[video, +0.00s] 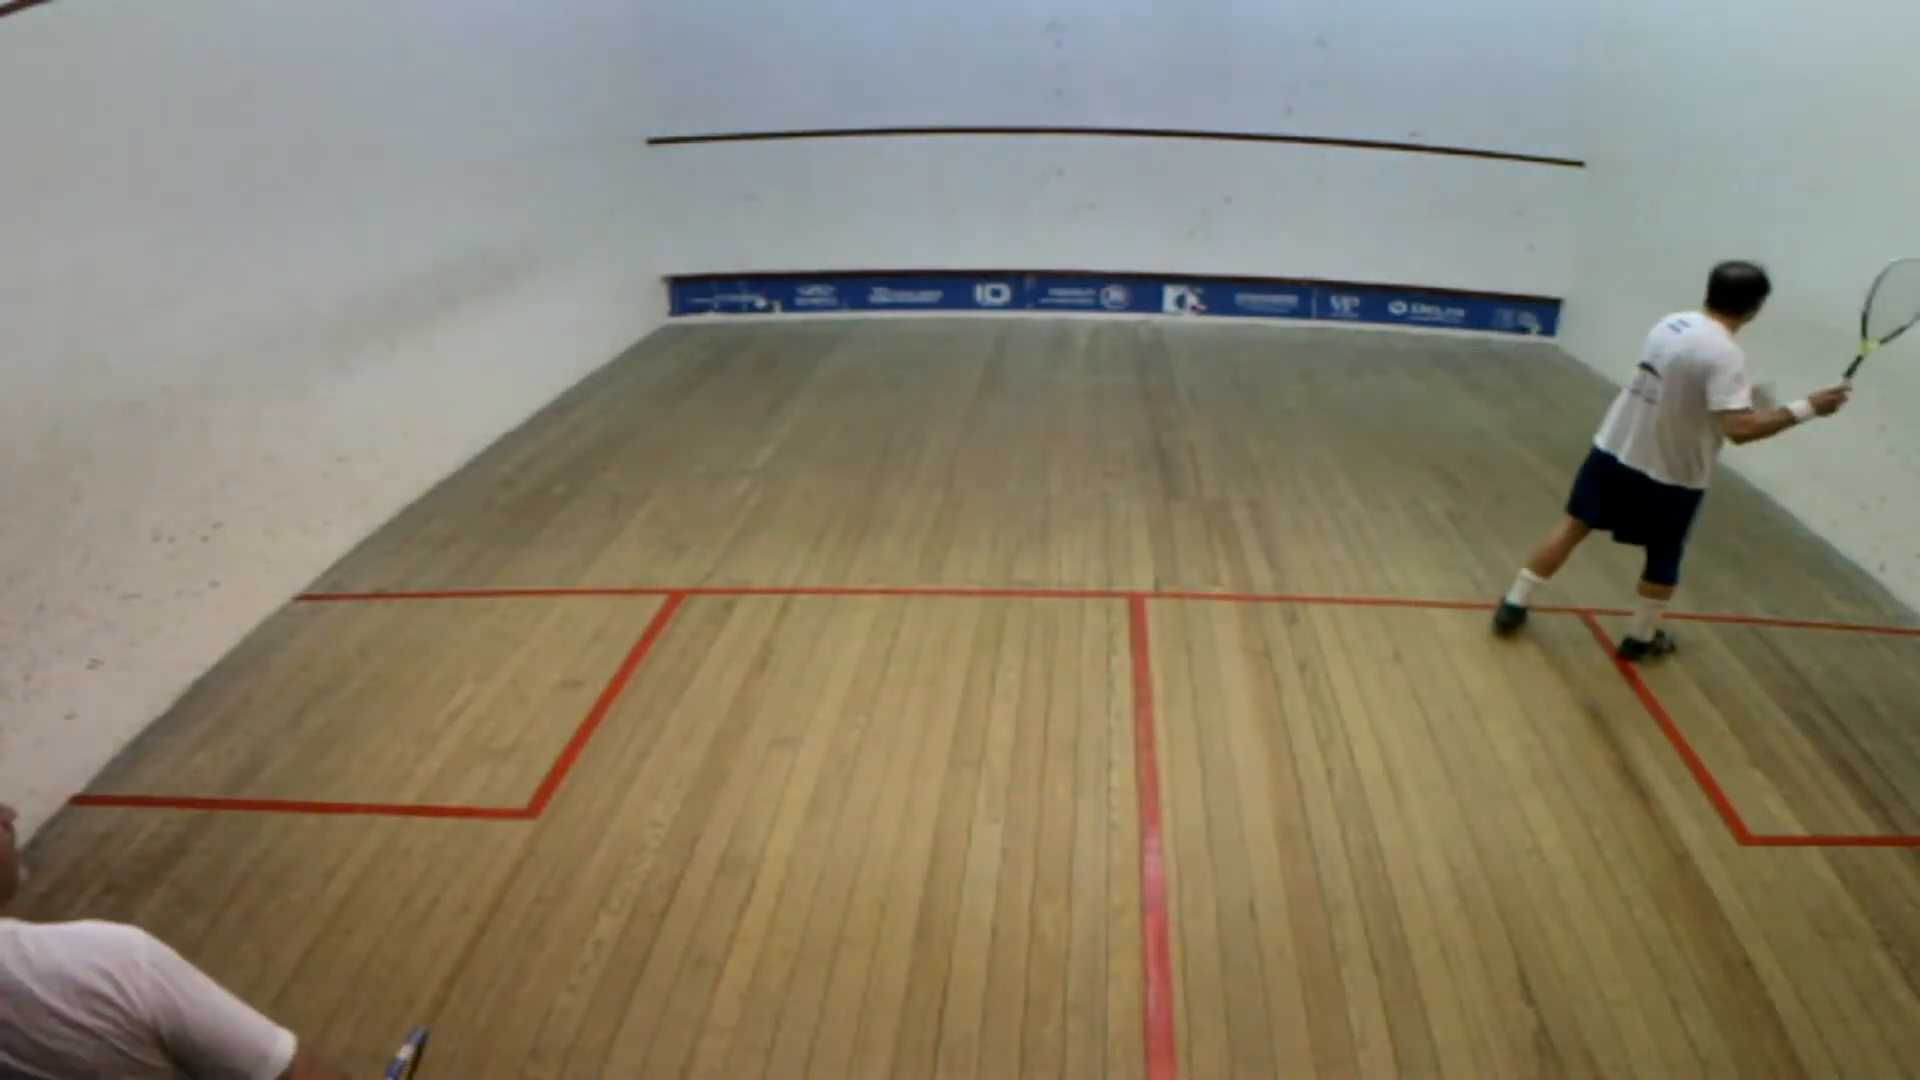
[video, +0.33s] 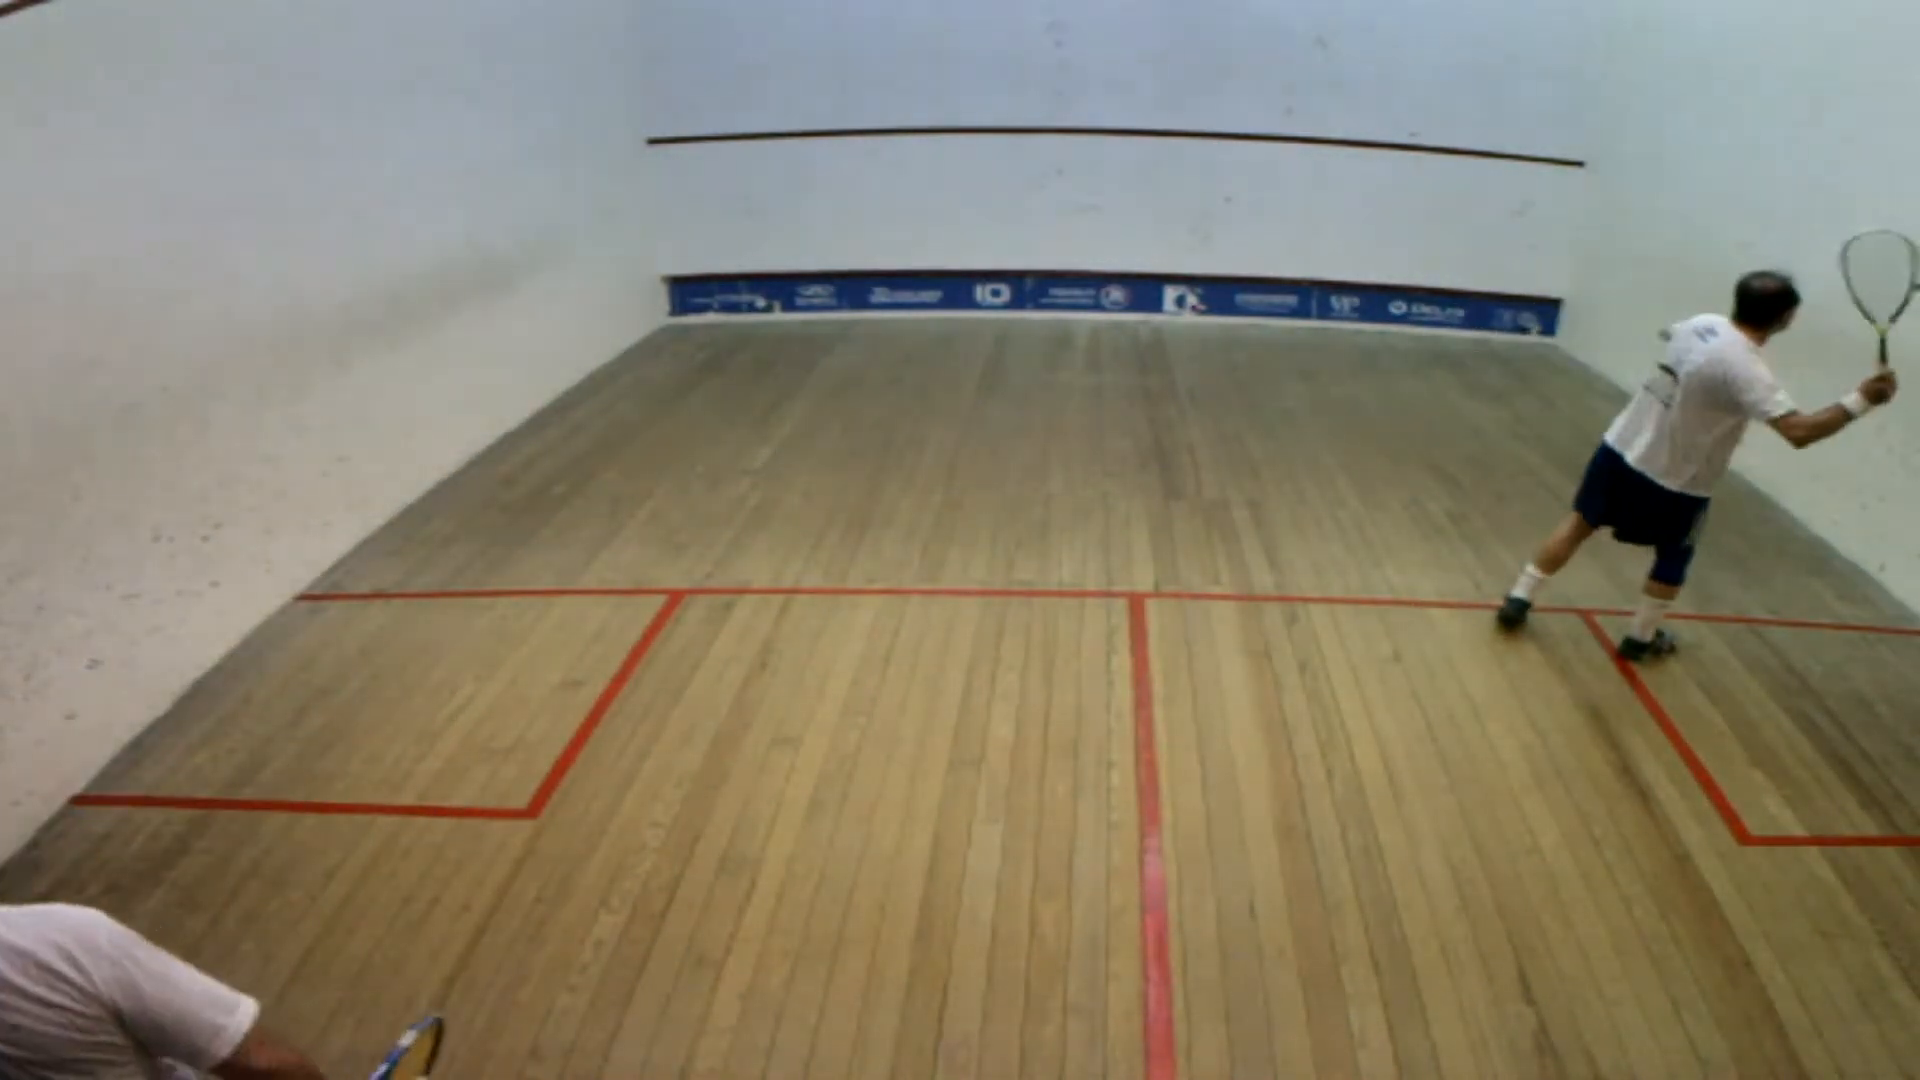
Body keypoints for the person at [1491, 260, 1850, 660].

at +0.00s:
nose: (1759, 311)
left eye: (1758, 303)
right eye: (1760, 304)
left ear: (1712, 292)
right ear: (1751, 309)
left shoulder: (1672, 324)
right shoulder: (1725, 356)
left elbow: (1672, 391)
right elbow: (1739, 428)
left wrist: (1739, 398)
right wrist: (1807, 408)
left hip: (1614, 450)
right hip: (1672, 477)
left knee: (1572, 526)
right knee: (1663, 558)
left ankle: (1512, 603)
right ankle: (1640, 636)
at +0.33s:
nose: (1791, 323)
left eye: (1789, 313)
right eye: (1791, 316)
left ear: (1741, 300)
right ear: (1780, 320)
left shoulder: (1700, 324)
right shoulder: (1746, 369)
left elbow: (1668, 343)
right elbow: (1798, 432)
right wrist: (1862, 399)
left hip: (1623, 449)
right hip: (1677, 484)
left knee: (1579, 524)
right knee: (1672, 559)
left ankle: (1516, 598)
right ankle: (1640, 636)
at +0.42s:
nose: (1793, 331)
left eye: (1795, 323)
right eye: (1793, 323)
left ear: (1743, 307)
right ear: (1779, 324)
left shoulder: (1698, 328)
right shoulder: (1756, 373)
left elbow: (1630, 338)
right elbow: (1825, 434)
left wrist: (1648, 351)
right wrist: (1886, 418)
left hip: (1623, 451)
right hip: (1679, 487)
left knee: (1574, 525)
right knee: (1685, 551)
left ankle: (1510, 595)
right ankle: (1641, 634)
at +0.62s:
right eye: (1766, 294)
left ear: (1714, 294)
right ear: (1766, 300)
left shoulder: (1678, 339)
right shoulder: (1780, 352)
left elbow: (1600, 370)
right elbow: (1808, 358)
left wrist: (1607, 364)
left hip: (1635, 455)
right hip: (1701, 479)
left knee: (1589, 495)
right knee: (1672, 557)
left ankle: (1555, 565)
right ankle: (1644, 633)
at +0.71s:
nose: (1696, 293)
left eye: (1698, 288)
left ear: (1701, 295)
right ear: (1750, 298)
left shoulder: (1685, 346)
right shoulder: (1764, 343)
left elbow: (1595, 386)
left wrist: (1610, 370)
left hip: (1648, 462)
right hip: (1711, 477)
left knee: (1587, 495)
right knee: (1678, 556)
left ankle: (1566, 566)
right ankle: (1650, 635)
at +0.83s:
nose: (1669, 303)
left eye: (1671, 298)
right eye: (1674, 298)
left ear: (1676, 304)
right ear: (1724, 307)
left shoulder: (1677, 357)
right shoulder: (1736, 347)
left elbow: (1621, 422)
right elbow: (1653, 348)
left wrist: (1581, 400)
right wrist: (1594, 348)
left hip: (1654, 486)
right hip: (1712, 493)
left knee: (1571, 509)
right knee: (1675, 559)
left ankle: (1577, 603)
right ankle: (1655, 639)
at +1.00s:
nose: (1607, 320)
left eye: (1612, 313)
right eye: (1610, 312)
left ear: (1627, 321)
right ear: (1658, 320)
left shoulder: (1639, 374)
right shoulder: (1675, 353)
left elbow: (1649, 457)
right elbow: (1590, 382)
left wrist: (1575, 445)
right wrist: (1520, 390)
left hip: (1632, 507)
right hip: (1680, 500)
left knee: (1573, 581)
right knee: (1656, 575)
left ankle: (1633, 673)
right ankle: (1646, 654)